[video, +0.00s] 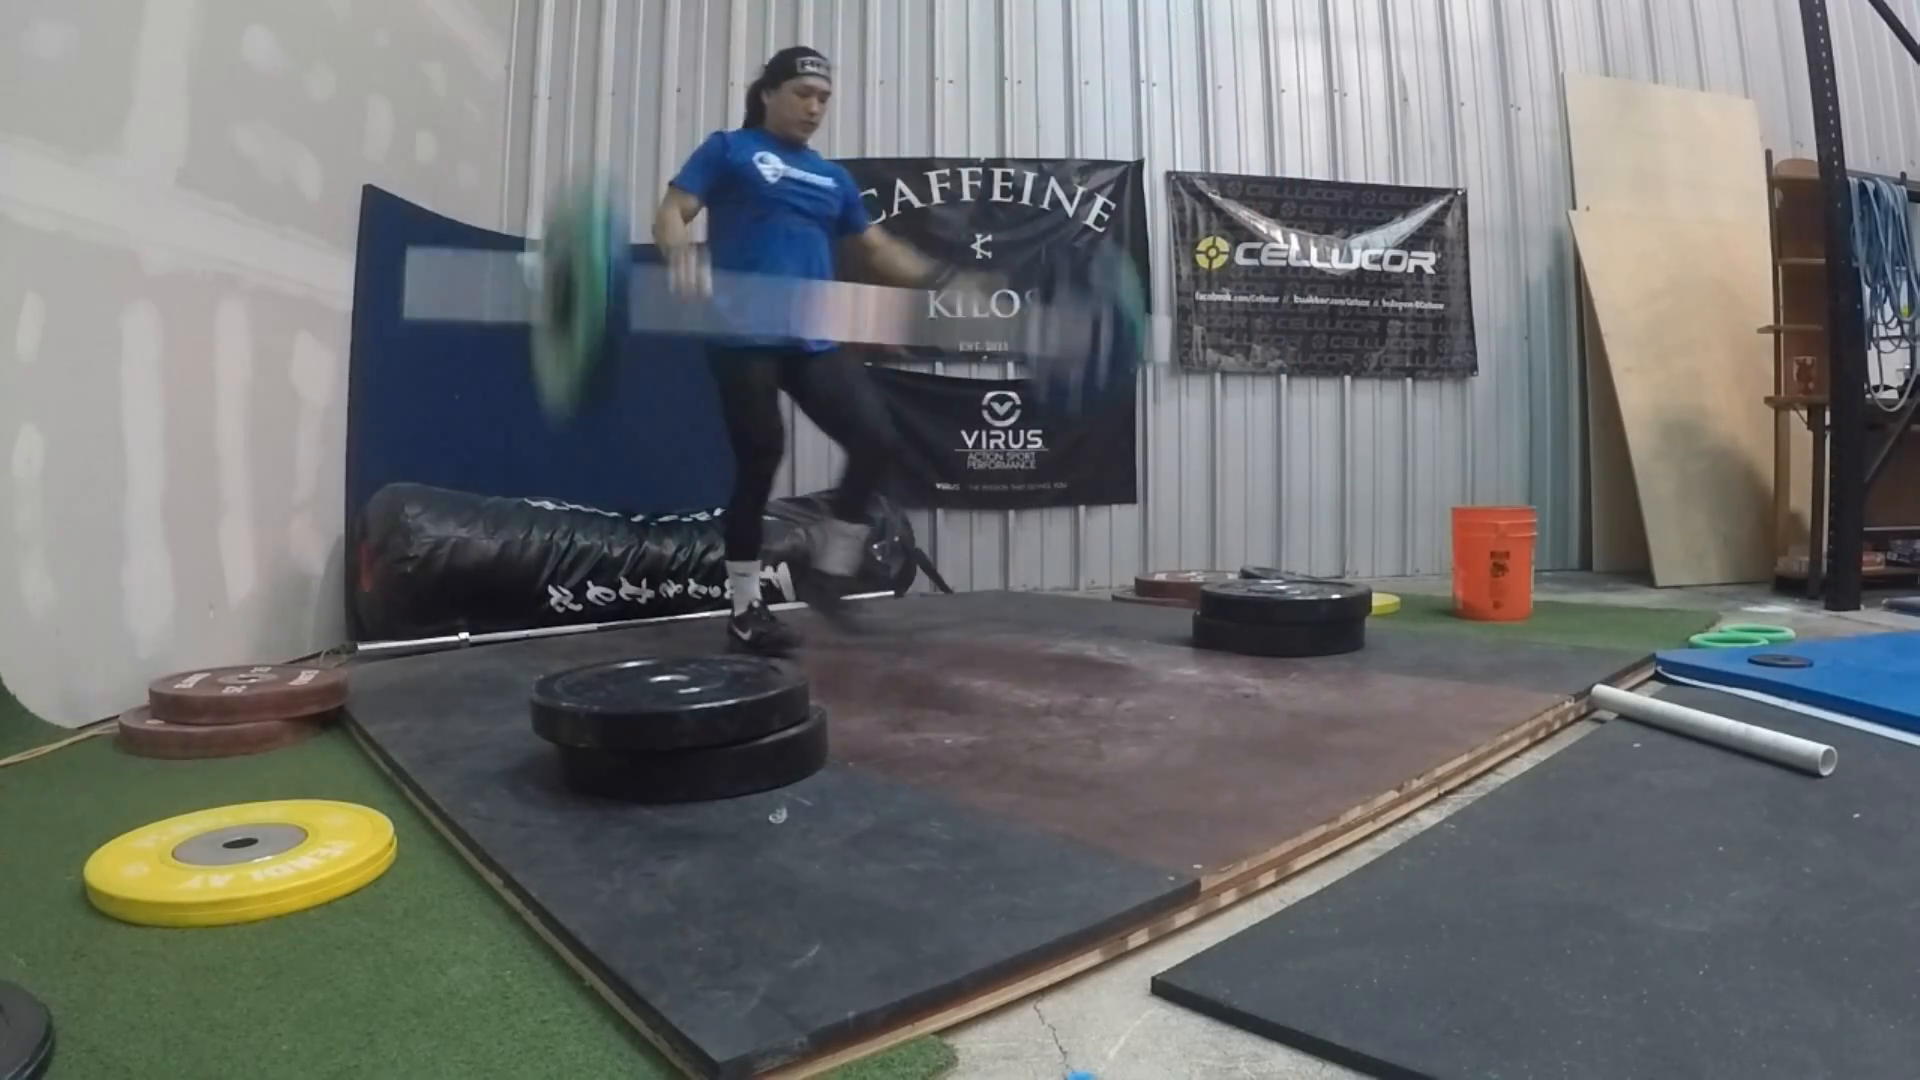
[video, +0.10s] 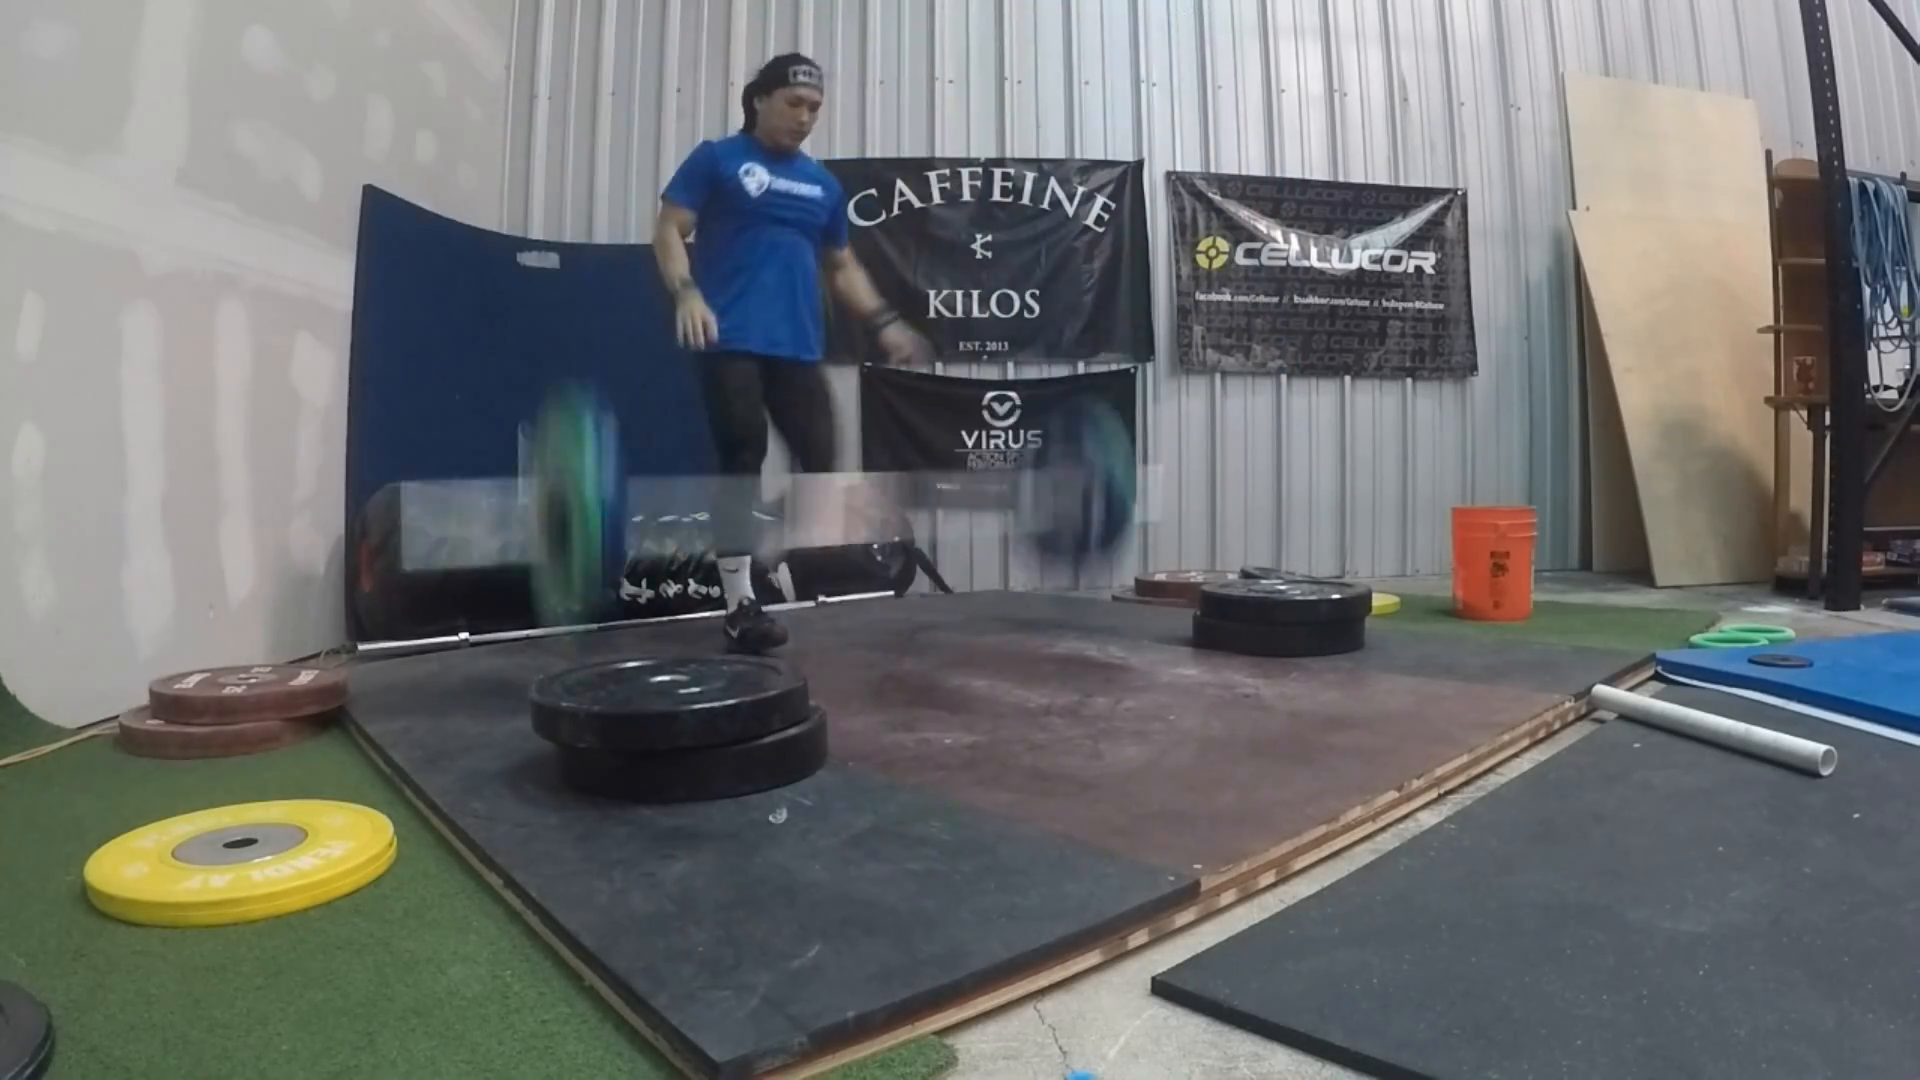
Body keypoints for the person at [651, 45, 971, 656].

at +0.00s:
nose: (814, 107)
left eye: (822, 99)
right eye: (803, 95)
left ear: (826, 106)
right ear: (768, 93)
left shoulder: (835, 179)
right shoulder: (729, 149)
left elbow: (879, 252)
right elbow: (670, 213)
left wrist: (946, 278)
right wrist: (682, 252)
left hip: (810, 342)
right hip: (741, 339)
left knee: (875, 440)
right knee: (760, 452)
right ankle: (745, 608)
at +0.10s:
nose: (805, 117)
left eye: (814, 108)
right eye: (795, 104)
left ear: (818, 113)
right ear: (759, 101)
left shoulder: (824, 184)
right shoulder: (717, 158)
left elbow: (843, 265)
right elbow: (667, 228)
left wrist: (885, 323)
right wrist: (685, 293)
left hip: (795, 347)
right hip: (727, 340)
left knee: (820, 457)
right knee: (743, 450)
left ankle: (778, 572)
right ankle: (735, 589)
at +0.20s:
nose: (801, 138)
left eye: (809, 129)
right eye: (791, 125)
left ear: (815, 133)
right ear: (756, 123)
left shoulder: (819, 202)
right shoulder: (711, 180)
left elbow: (832, 286)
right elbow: (669, 253)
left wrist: (855, 346)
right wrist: (695, 316)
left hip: (778, 367)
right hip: (719, 353)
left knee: (760, 476)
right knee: (745, 461)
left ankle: (715, 585)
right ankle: (737, 601)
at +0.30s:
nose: (803, 169)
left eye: (811, 159)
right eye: (792, 155)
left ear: (816, 163)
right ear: (757, 153)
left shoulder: (816, 231)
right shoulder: (710, 210)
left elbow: (836, 310)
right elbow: (678, 284)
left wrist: (857, 360)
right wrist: (711, 338)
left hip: (759, 374)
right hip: (704, 366)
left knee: (755, 466)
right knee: (737, 459)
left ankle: (702, 581)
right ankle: (737, 601)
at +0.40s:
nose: (808, 205)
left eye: (816, 194)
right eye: (798, 190)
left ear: (823, 196)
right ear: (763, 185)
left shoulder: (818, 255)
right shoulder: (715, 236)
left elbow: (843, 332)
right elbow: (691, 317)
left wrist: (872, 383)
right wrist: (723, 362)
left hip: (749, 374)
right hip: (693, 369)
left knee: (745, 476)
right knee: (723, 459)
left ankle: (703, 583)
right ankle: (728, 589)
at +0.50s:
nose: (807, 231)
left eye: (815, 221)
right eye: (798, 217)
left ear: (821, 223)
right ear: (766, 209)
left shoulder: (816, 274)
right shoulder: (711, 248)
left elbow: (844, 344)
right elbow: (685, 323)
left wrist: (876, 388)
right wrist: (720, 364)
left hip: (740, 386)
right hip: (687, 379)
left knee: (735, 481)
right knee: (704, 462)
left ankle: (718, 579)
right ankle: (704, 592)